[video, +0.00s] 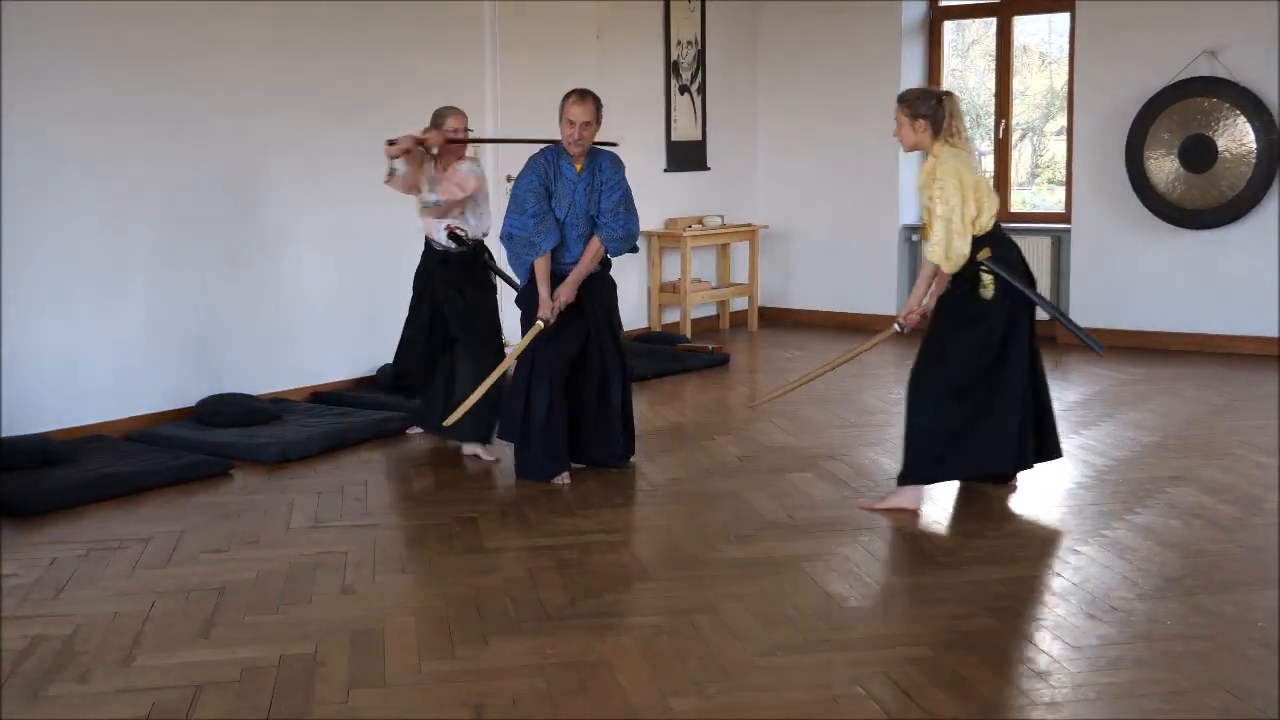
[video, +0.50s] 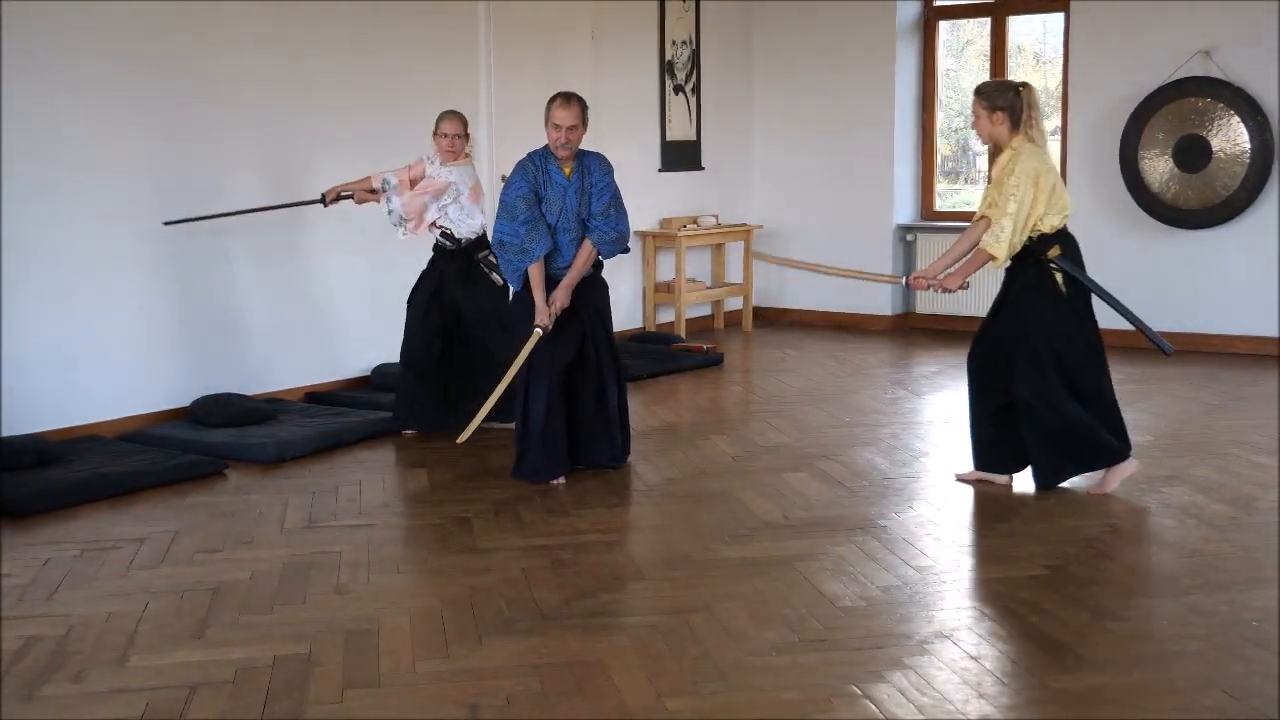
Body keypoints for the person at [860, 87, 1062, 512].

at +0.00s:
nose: (895, 133)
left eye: (899, 124)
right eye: (896, 124)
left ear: (921, 125)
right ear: (928, 125)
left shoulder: (947, 166)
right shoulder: (945, 160)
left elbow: (952, 242)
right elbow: (937, 240)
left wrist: (930, 298)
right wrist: (916, 295)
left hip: (981, 278)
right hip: (999, 271)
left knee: (928, 374)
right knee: (993, 368)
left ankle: (910, 487)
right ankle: (1001, 465)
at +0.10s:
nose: (913, 133)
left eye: (917, 124)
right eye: (913, 125)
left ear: (938, 125)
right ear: (943, 124)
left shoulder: (961, 167)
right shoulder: (966, 161)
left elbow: (966, 246)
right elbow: (949, 241)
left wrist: (944, 296)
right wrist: (925, 298)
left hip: (996, 280)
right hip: (1011, 273)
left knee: (946, 375)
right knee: (996, 370)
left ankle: (953, 487)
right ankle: (1002, 467)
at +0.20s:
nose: (928, 130)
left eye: (932, 122)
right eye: (928, 122)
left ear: (954, 123)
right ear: (957, 122)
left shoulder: (979, 165)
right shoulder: (972, 163)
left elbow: (980, 241)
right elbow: (959, 236)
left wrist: (957, 291)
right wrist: (932, 292)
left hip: (1011, 277)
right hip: (1005, 273)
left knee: (974, 373)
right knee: (980, 372)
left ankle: (997, 482)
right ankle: (993, 478)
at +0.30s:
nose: (944, 128)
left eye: (947, 120)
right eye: (944, 120)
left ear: (969, 121)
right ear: (973, 120)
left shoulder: (995, 163)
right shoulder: (984, 160)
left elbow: (988, 240)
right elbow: (967, 233)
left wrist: (960, 288)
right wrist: (934, 287)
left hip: (1027, 275)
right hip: (1011, 273)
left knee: (1025, 369)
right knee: (977, 360)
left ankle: (1046, 474)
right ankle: (995, 461)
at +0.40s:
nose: (958, 123)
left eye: (962, 116)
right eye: (958, 116)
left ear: (984, 118)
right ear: (987, 118)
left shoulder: (1012, 161)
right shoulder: (994, 162)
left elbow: (996, 235)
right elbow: (973, 229)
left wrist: (959, 285)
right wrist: (932, 280)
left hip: (1039, 272)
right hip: (1020, 271)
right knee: (980, 358)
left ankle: (1088, 461)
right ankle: (999, 463)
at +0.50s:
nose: (973, 125)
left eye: (977, 117)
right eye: (973, 117)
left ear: (999, 117)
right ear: (1001, 118)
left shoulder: (1024, 161)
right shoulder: (1007, 160)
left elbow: (1004, 233)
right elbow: (980, 226)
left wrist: (960, 276)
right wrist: (934, 269)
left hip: (1047, 270)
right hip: (1033, 268)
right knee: (988, 357)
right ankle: (996, 467)